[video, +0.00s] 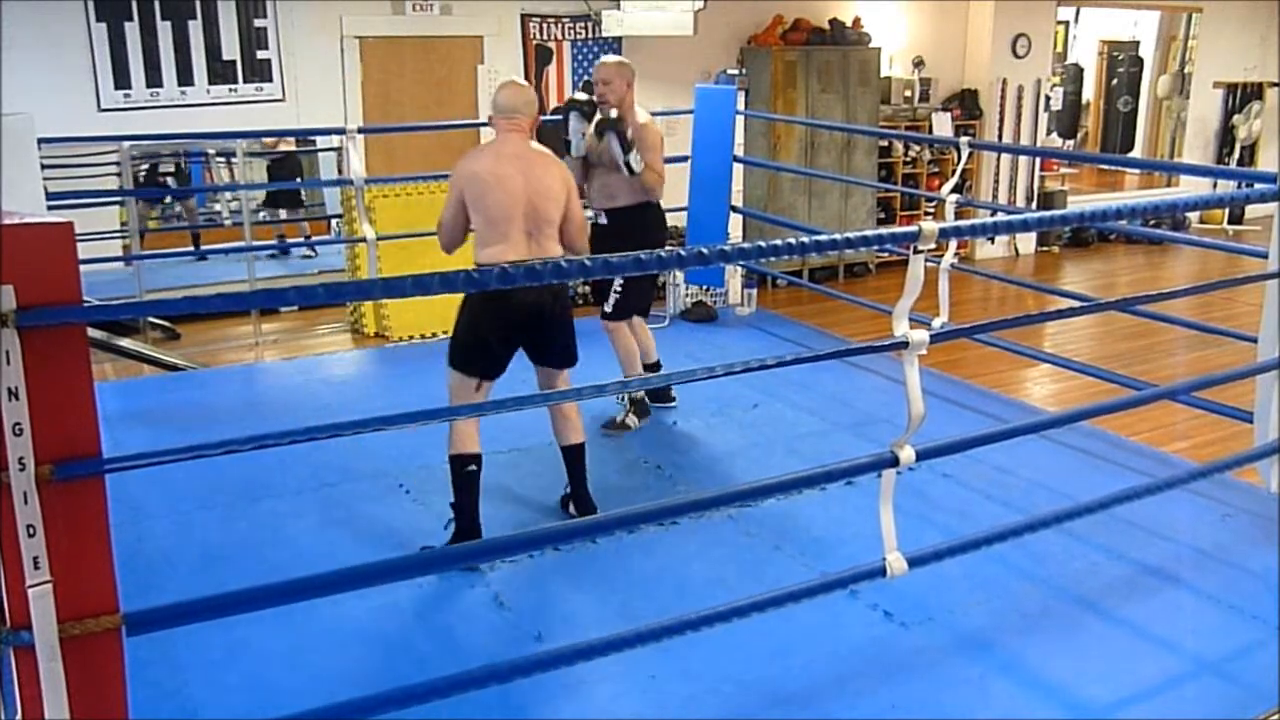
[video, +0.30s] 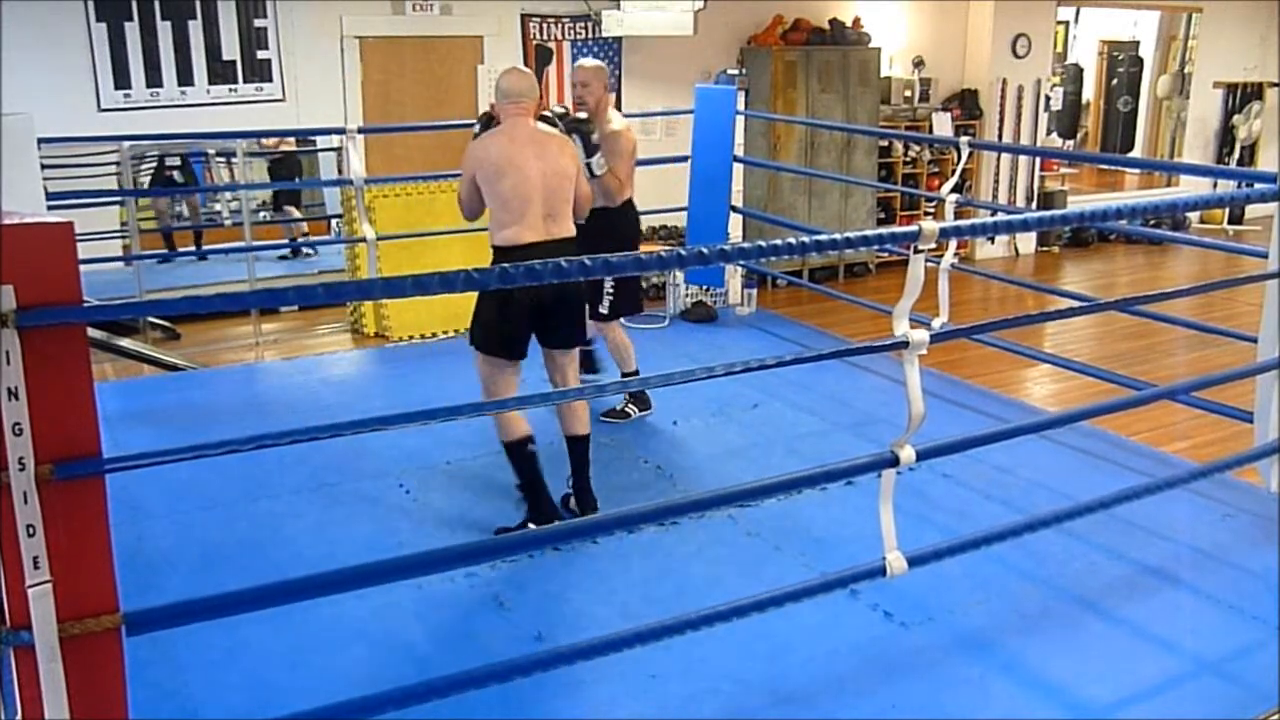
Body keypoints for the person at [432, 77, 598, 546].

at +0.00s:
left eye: (495, 115)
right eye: (533, 117)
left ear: (491, 119)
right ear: (535, 121)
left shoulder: (471, 165)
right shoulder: (557, 168)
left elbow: (449, 240)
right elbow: (578, 244)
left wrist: (482, 207)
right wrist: (543, 217)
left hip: (491, 298)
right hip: (549, 294)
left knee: (465, 409)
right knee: (561, 394)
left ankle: (467, 526)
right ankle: (581, 496)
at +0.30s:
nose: (497, 108)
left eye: (495, 100)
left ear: (496, 104)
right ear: (538, 102)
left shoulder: (481, 147)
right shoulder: (564, 143)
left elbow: (470, 208)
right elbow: (583, 207)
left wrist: (485, 150)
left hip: (512, 272)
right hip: (566, 265)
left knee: (500, 393)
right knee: (567, 379)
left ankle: (541, 507)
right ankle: (584, 492)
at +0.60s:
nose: (494, 113)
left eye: (494, 107)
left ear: (498, 110)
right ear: (538, 108)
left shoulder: (485, 157)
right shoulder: (570, 149)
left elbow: (472, 216)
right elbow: (597, 209)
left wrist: (492, 177)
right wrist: (558, 195)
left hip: (526, 271)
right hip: (574, 262)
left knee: (520, 388)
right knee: (562, 341)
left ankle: (544, 507)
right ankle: (572, 426)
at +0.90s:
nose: (545, 110)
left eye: (549, 106)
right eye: (552, 105)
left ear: (551, 114)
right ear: (585, 120)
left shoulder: (529, 156)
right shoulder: (595, 154)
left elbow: (503, 221)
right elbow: (589, 197)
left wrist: (481, 191)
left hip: (541, 255)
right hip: (589, 253)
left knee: (533, 367)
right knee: (574, 345)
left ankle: (560, 482)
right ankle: (587, 424)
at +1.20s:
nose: (544, 116)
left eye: (543, 110)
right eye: (571, 112)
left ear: (540, 114)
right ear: (577, 117)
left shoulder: (524, 150)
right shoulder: (598, 148)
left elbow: (492, 213)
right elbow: (619, 207)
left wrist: (510, 211)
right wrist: (583, 197)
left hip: (549, 249)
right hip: (596, 246)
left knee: (562, 358)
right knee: (589, 344)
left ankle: (606, 458)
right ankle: (582, 422)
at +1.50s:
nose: (496, 129)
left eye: (496, 121)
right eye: (494, 122)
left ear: (510, 114)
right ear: (529, 106)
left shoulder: (526, 150)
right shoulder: (567, 135)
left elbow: (507, 220)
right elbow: (555, 199)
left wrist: (484, 182)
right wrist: (501, 175)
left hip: (560, 252)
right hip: (588, 241)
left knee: (549, 362)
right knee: (568, 341)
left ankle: (585, 470)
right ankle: (585, 420)